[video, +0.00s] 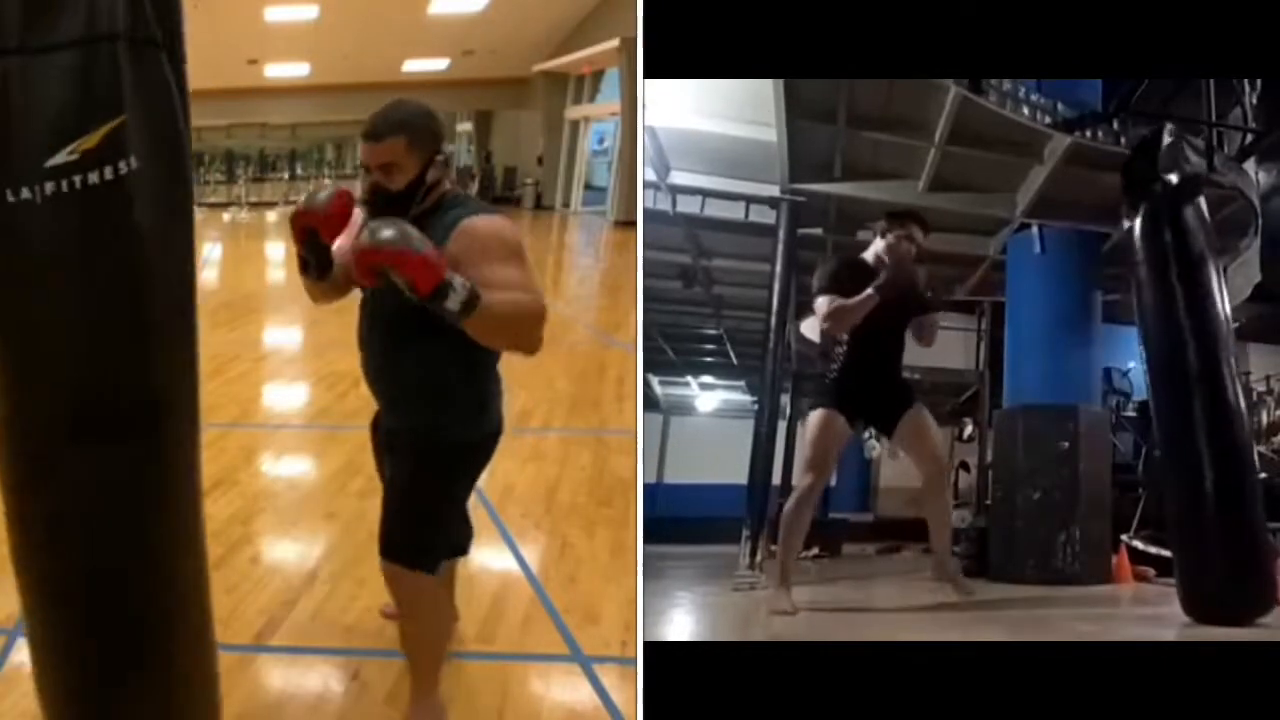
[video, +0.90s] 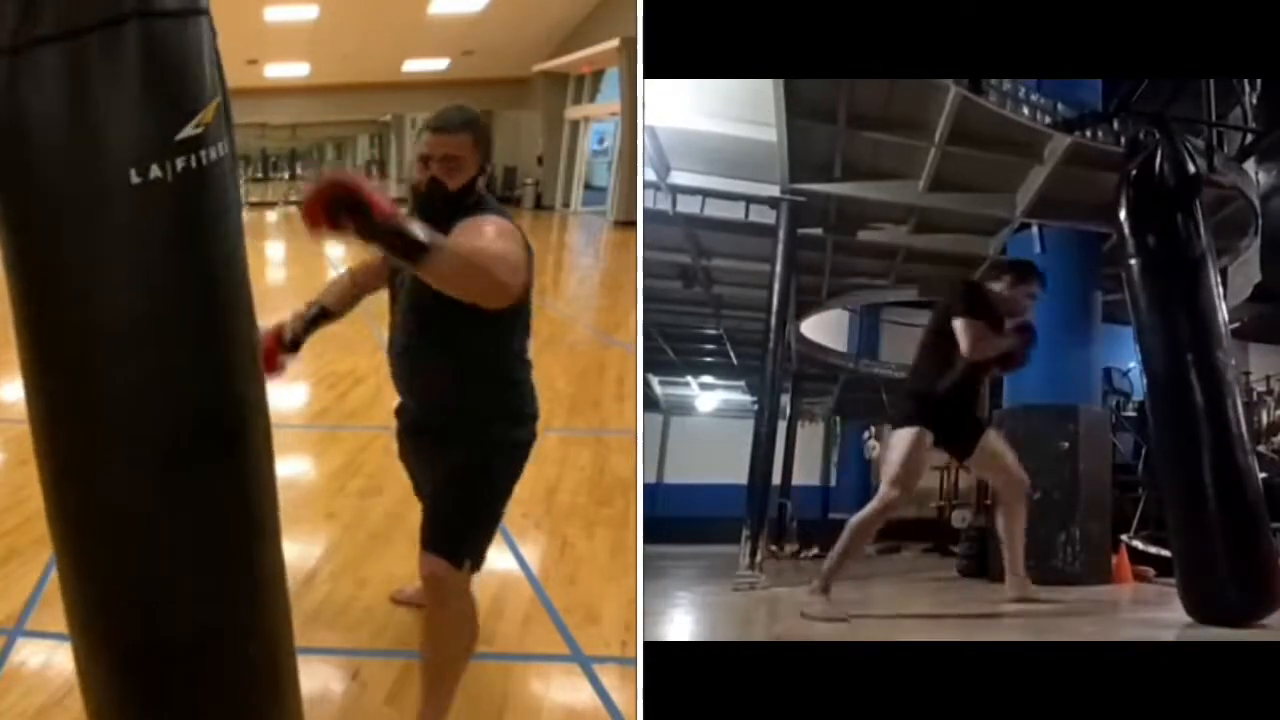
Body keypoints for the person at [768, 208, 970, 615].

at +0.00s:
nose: (906, 249)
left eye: (914, 245)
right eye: (902, 239)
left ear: (917, 253)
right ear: (879, 237)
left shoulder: (907, 285)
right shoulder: (844, 270)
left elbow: (925, 337)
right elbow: (829, 322)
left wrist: (921, 290)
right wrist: (878, 287)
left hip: (889, 390)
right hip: (841, 388)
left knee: (937, 469)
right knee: (811, 480)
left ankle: (943, 566)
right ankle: (781, 582)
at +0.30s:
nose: (945, 273)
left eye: (950, 268)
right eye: (941, 263)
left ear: (946, 270)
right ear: (918, 255)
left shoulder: (928, 300)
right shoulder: (880, 277)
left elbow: (932, 360)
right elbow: (864, 316)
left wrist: (947, 329)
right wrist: (918, 299)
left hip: (896, 401)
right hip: (854, 395)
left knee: (930, 487)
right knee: (833, 490)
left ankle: (953, 581)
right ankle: (785, 583)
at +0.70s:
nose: (986, 282)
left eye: (991, 274)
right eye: (981, 271)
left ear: (991, 276)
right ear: (957, 263)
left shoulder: (979, 309)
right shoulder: (915, 284)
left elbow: (985, 360)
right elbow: (891, 342)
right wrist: (945, 318)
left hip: (942, 405)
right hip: (899, 397)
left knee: (989, 480)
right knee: (877, 480)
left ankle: (962, 574)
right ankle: (827, 586)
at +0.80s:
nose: (1003, 287)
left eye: (1007, 281)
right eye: (999, 278)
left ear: (1006, 280)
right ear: (980, 269)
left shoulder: (992, 308)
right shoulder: (940, 285)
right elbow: (918, 332)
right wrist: (969, 316)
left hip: (946, 404)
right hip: (904, 397)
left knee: (991, 480)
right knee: (883, 485)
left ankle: (997, 577)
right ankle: (827, 586)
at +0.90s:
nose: (1029, 308)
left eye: (1033, 300)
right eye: (1027, 297)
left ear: (1013, 294)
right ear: (1005, 286)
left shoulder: (1000, 321)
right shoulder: (967, 296)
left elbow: (987, 365)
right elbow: (970, 347)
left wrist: (1010, 355)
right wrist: (1013, 340)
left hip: (962, 418)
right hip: (921, 410)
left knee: (1015, 483)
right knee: (890, 496)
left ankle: (1017, 581)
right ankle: (820, 589)